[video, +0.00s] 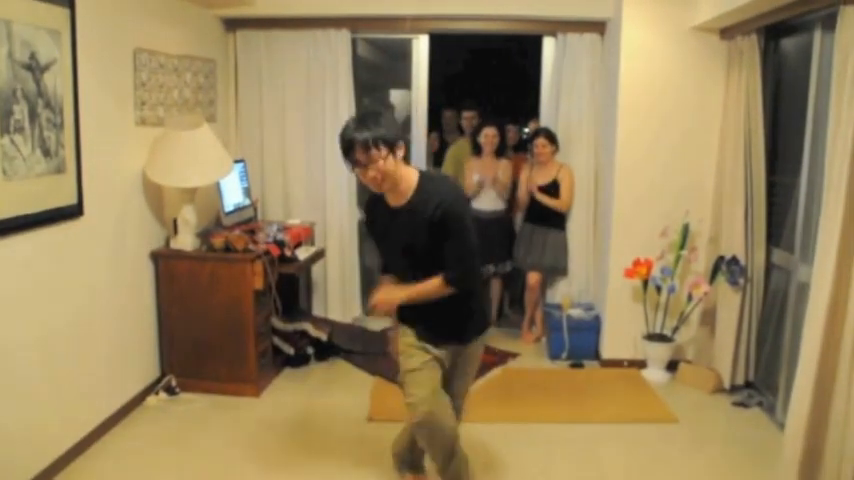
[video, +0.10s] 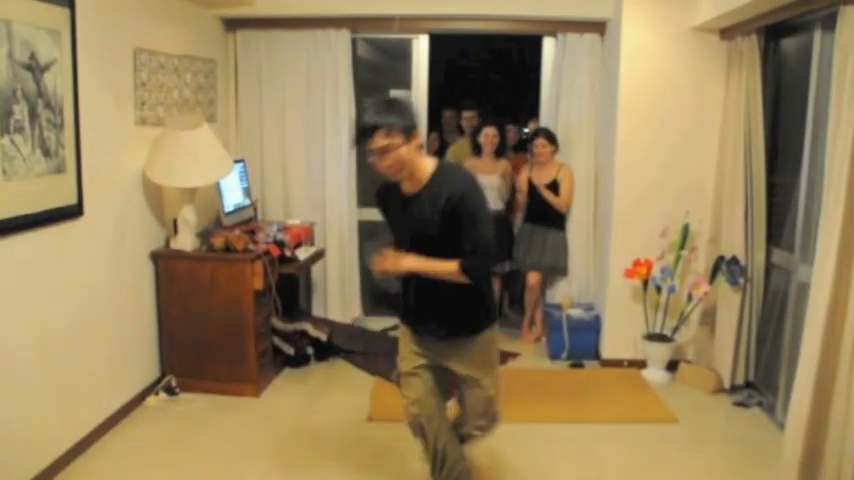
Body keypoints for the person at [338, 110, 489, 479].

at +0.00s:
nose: (372, 173)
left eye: (378, 161)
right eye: (362, 167)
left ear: (399, 152)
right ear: (354, 170)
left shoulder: (444, 196)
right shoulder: (375, 208)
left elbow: (463, 275)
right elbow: (391, 267)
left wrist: (399, 294)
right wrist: (386, 312)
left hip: (465, 327)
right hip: (415, 326)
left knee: (448, 413)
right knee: (425, 412)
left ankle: (406, 455)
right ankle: (456, 471)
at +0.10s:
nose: (380, 162)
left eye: (387, 151)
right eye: (374, 155)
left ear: (416, 141)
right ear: (370, 157)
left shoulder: (458, 185)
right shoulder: (388, 195)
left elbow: (479, 268)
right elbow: (411, 248)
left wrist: (409, 264)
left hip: (470, 330)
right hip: (417, 327)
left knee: (481, 418)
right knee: (422, 417)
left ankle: (444, 436)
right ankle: (454, 474)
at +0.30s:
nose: (456, 168)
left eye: (466, 158)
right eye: (449, 157)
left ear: (489, 150)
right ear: (437, 145)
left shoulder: (504, 202)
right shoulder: (420, 180)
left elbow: (514, 287)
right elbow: (412, 234)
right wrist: (404, 287)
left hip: (493, 317)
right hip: (435, 311)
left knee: (517, 414)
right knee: (377, 366)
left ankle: (560, 473)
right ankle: (431, 463)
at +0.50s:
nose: (463, 177)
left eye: (475, 169)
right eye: (457, 166)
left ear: (496, 168)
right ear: (448, 158)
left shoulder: (510, 220)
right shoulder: (432, 192)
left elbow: (547, 300)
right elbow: (403, 238)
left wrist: (573, 369)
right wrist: (367, 278)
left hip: (485, 350)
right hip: (431, 343)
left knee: (501, 444)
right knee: (406, 421)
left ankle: (552, 477)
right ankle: (452, 476)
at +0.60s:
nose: (459, 160)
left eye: (470, 152)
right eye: (453, 148)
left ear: (488, 150)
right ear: (440, 139)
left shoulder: (504, 201)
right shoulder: (418, 182)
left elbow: (543, 265)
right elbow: (380, 222)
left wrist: (574, 320)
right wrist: (353, 241)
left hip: (475, 324)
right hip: (427, 318)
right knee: (412, 410)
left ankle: (492, 474)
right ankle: (454, 474)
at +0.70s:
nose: (450, 137)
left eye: (460, 126)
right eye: (442, 125)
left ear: (476, 127)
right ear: (427, 124)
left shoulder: (499, 180)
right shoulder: (402, 171)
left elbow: (546, 231)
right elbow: (362, 233)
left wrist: (582, 266)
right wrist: (311, 264)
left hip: (465, 304)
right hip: (415, 299)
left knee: (428, 395)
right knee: (413, 391)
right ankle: (450, 466)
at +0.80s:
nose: (447, 139)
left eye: (457, 129)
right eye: (439, 128)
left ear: (472, 129)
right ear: (421, 127)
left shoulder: (492, 181)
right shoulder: (397, 176)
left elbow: (548, 225)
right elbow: (365, 248)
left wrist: (600, 244)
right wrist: (333, 308)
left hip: (453, 316)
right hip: (403, 306)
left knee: (414, 407)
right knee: (406, 392)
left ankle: (386, 476)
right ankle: (436, 450)